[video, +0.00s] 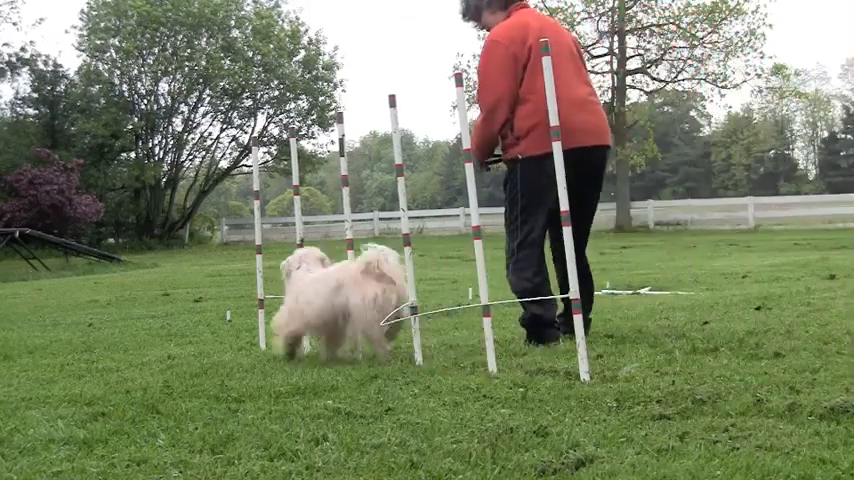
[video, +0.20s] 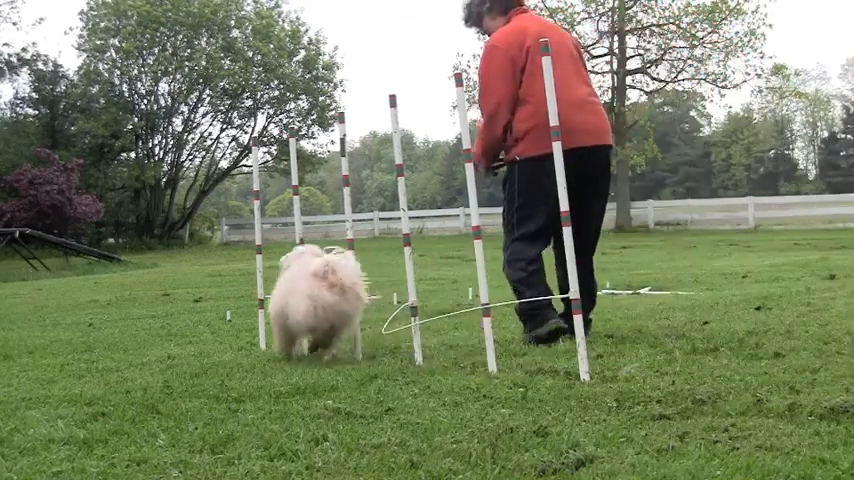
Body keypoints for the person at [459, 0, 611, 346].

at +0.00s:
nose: (483, 29)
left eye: (480, 20)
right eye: (477, 24)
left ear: (492, 6)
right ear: (514, 2)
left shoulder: (503, 37)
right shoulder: (561, 30)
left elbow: (495, 107)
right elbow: (575, 87)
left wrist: (479, 153)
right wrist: (519, 135)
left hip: (540, 145)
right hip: (593, 138)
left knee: (524, 243)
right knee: (571, 239)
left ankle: (542, 330)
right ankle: (578, 322)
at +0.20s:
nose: (486, 36)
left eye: (483, 28)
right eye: (481, 32)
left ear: (495, 10)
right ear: (518, 6)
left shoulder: (504, 40)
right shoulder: (563, 34)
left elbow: (495, 112)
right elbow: (578, 90)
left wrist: (482, 157)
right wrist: (521, 142)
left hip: (542, 146)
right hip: (595, 140)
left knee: (522, 240)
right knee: (579, 240)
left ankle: (540, 317)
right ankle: (579, 319)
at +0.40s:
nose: (479, 38)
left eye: (477, 31)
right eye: (475, 33)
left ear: (488, 16)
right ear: (514, 11)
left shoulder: (494, 45)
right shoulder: (558, 38)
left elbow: (485, 111)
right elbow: (579, 88)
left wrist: (483, 161)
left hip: (532, 146)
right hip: (588, 140)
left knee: (510, 232)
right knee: (576, 233)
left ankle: (526, 314)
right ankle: (578, 318)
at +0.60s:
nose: (459, 47)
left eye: (459, 39)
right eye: (457, 41)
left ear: (471, 28)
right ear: (497, 22)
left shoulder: (472, 56)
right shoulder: (538, 48)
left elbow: (466, 121)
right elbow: (566, 99)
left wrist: (463, 173)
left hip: (514, 154)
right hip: (572, 148)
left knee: (488, 239)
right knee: (565, 238)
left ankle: (465, 319)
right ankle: (576, 318)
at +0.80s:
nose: (424, 64)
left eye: (424, 57)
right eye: (421, 59)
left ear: (435, 46)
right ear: (459, 42)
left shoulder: (433, 81)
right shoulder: (499, 62)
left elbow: (427, 144)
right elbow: (535, 107)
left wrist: (429, 200)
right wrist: (544, 147)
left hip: (481, 165)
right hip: (536, 153)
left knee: (460, 251)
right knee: (550, 239)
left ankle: (436, 325)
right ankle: (573, 316)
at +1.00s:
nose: (379, 83)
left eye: (378, 76)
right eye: (377, 77)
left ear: (388, 68)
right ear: (414, 61)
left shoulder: (389, 96)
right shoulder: (454, 76)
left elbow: (361, 145)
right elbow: (493, 111)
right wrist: (520, 153)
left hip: (446, 166)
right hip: (503, 152)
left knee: (431, 247)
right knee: (529, 239)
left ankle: (429, 326)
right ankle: (566, 309)